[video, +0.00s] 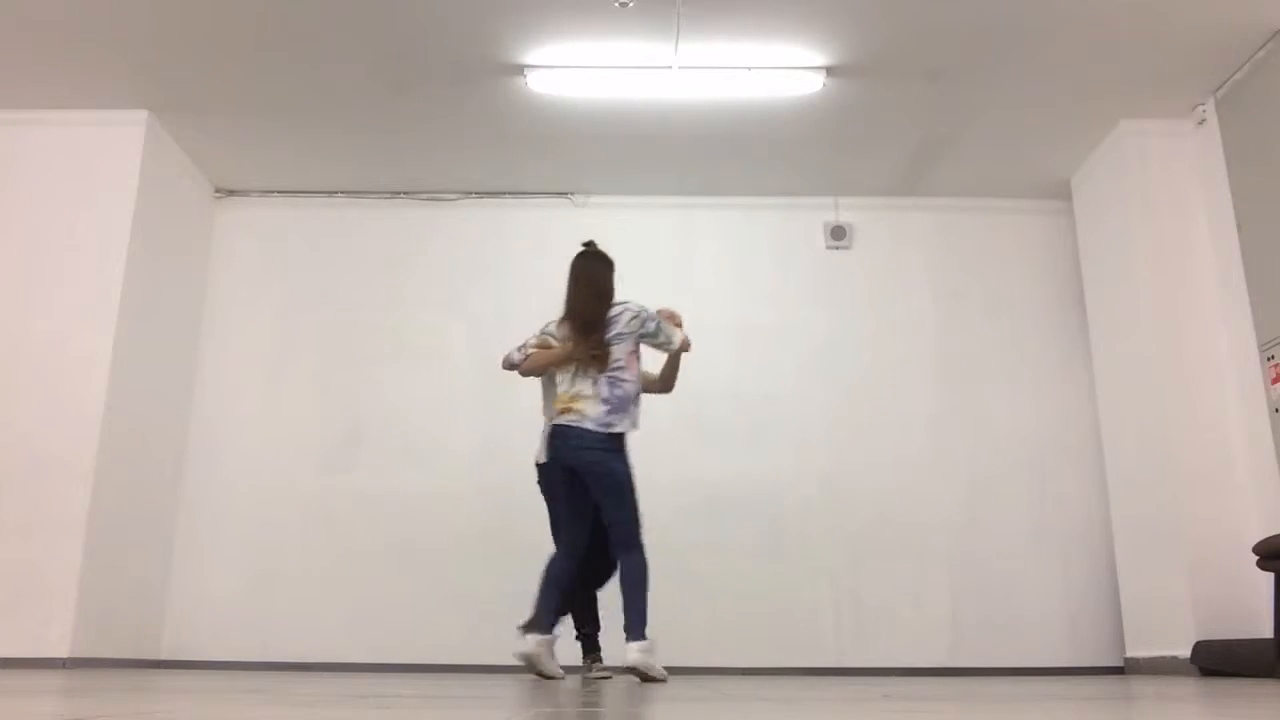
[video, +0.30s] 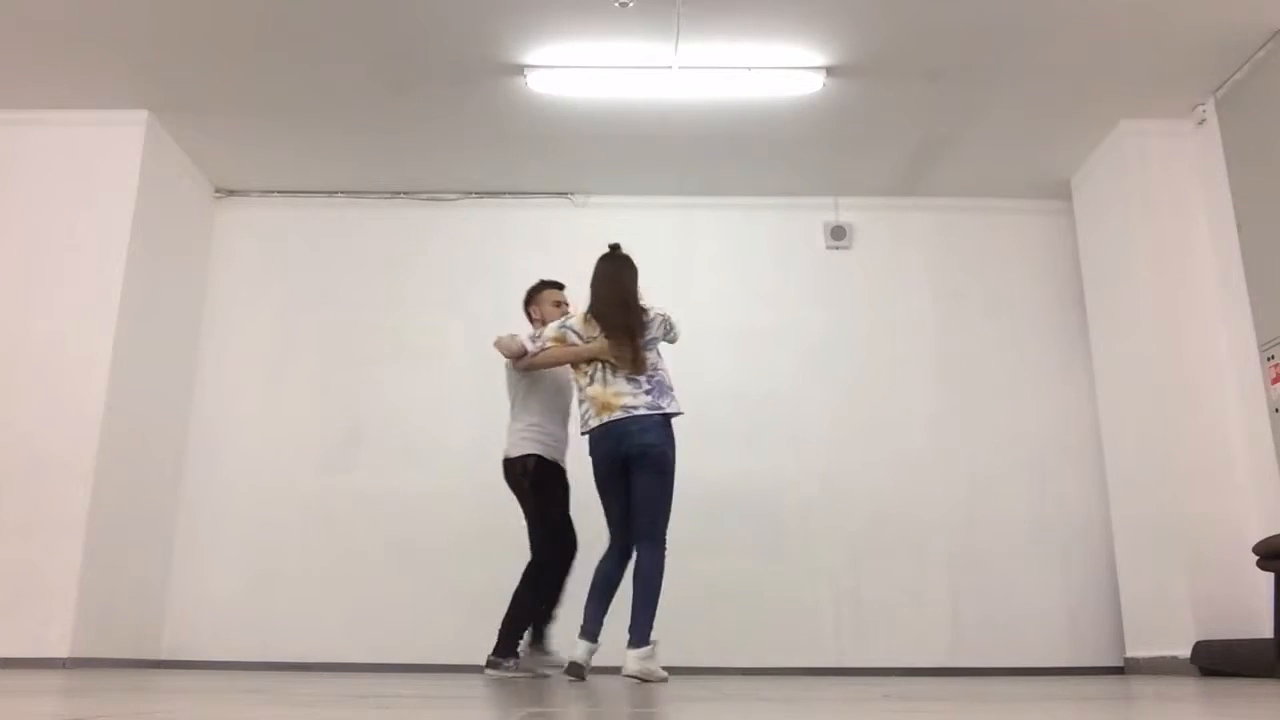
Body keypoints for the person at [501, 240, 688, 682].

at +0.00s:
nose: (610, 284)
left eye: (596, 276)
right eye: (609, 277)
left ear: (572, 282)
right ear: (611, 280)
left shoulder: (560, 327)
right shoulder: (628, 316)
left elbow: (513, 360)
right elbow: (676, 342)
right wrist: (671, 320)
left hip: (559, 446)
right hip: (602, 446)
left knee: (571, 546)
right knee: (629, 546)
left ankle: (538, 637)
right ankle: (638, 643)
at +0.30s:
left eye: (583, 287)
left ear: (594, 284)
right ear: (634, 284)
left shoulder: (578, 325)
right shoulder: (646, 319)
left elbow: (523, 354)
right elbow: (673, 332)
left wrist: (504, 340)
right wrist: (640, 307)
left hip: (605, 434)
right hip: (652, 429)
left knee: (619, 542)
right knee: (652, 543)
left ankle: (585, 643)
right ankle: (639, 651)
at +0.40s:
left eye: (601, 281)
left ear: (603, 291)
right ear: (643, 287)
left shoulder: (585, 326)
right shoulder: (656, 325)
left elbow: (525, 343)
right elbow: (636, 307)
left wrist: (500, 333)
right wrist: (604, 284)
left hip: (608, 437)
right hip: (657, 432)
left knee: (601, 541)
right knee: (650, 543)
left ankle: (593, 638)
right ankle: (639, 649)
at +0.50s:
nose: (599, 289)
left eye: (604, 284)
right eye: (601, 282)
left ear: (615, 289)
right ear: (643, 292)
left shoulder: (597, 323)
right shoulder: (648, 329)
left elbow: (542, 339)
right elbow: (595, 315)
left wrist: (504, 328)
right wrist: (578, 283)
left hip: (605, 439)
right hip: (651, 437)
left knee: (593, 542)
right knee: (648, 543)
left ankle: (619, 638)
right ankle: (640, 641)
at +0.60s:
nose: (603, 290)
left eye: (610, 284)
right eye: (603, 285)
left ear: (632, 287)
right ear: (639, 294)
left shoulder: (608, 323)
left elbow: (552, 332)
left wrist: (511, 316)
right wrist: (566, 276)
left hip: (599, 446)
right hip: (640, 444)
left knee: (593, 548)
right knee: (639, 545)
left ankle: (621, 644)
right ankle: (651, 610)